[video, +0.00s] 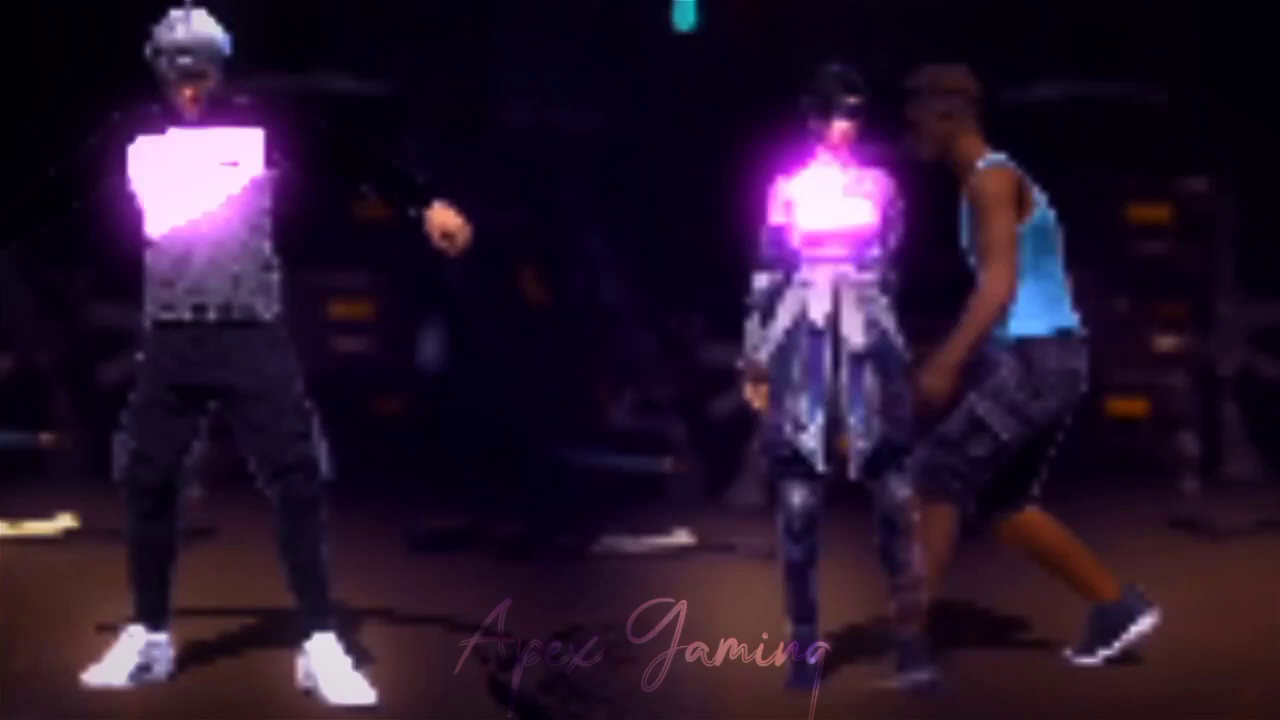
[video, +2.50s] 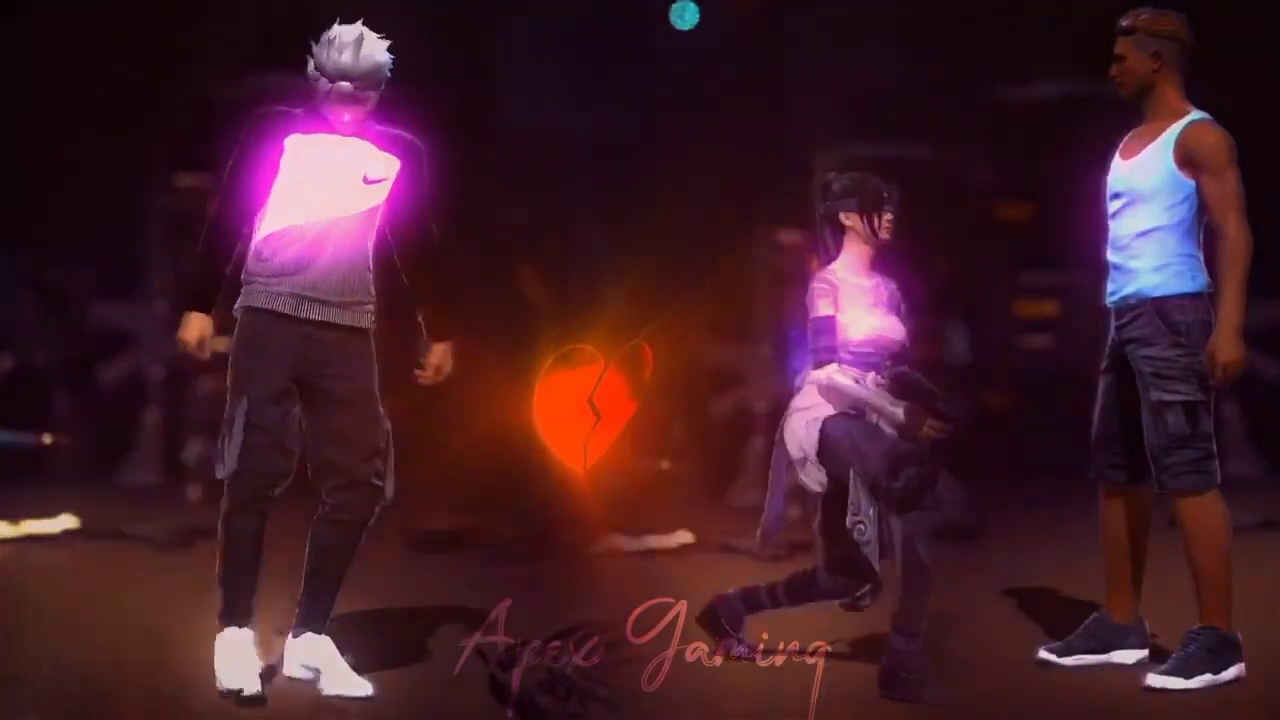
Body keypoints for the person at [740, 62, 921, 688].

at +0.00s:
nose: (845, 128)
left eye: (854, 116)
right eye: (836, 116)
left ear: (864, 121)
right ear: (815, 119)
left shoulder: (881, 186)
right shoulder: (786, 187)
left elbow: (887, 274)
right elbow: (767, 275)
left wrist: (902, 363)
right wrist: (755, 362)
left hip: (869, 338)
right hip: (802, 337)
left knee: (893, 488)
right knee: (799, 495)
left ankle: (909, 634)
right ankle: (804, 637)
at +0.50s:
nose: (872, 123)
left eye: (882, 112)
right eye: (863, 110)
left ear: (892, 118)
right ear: (840, 111)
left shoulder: (903, 185)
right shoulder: (809, 184)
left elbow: (900, 270)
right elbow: (789, 273)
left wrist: (911, 345)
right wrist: (774, 355)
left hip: (891, 342)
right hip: (822, 340)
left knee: (909, 494)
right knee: (815, 499)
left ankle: (912, 647)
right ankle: (808, 639)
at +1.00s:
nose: (893, 124)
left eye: (902, 114)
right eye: (884, 112)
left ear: (910, 117)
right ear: (855, 110)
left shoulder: (915, 182)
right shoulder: (825, 184)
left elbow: (930, 262)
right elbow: (804, 272)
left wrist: (900, 277)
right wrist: (789, 354)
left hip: (904, 338)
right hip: (835, 337)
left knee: (920, 494)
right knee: (836, 495)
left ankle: (912, 646)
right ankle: (831, 647)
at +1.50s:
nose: (890, 135)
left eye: (898, 124)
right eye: (880, 123)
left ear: (908, 128)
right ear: (853, 123)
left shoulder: (916, 198)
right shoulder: (822, 197)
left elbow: (936, 290)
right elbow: (796, 284)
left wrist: (941, 364)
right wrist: (786, 361)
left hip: (901, 346)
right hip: (833, 344)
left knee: (915, 499)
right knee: (840, 496)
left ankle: (903, 639)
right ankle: (832, 650)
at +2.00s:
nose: (880, 152)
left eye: (888, 142)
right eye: (869, 142)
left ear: (896, 148)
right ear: (848, 148)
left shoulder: (911, 220)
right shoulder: (817, 219)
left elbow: (939, 304)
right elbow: (795, 300)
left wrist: (949, 375)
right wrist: (795, 364)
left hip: (893, 354)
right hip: (831, 352)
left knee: (907, 509)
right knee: (844, 496)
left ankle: (868, 621)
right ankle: (831, 650)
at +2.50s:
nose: (890, 218)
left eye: (890, 210)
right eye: (879, 210)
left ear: (876, 218)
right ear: (848, 216)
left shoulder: (888, 288)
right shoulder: (827, 282)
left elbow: (893, 366)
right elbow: (824, 367)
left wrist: (931, 406)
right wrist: (894, 409)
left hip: (873, 416)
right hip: (825, 412)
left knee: (851, 576)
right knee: (872, 451)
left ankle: (732, 607)